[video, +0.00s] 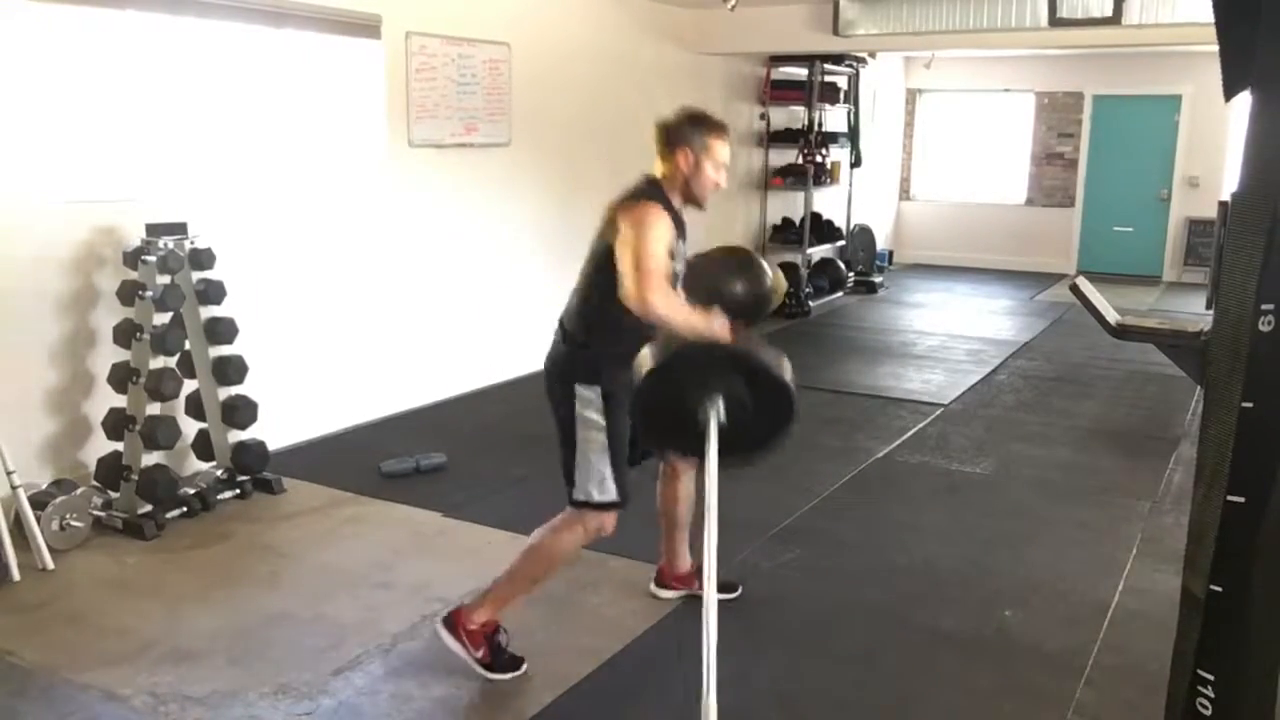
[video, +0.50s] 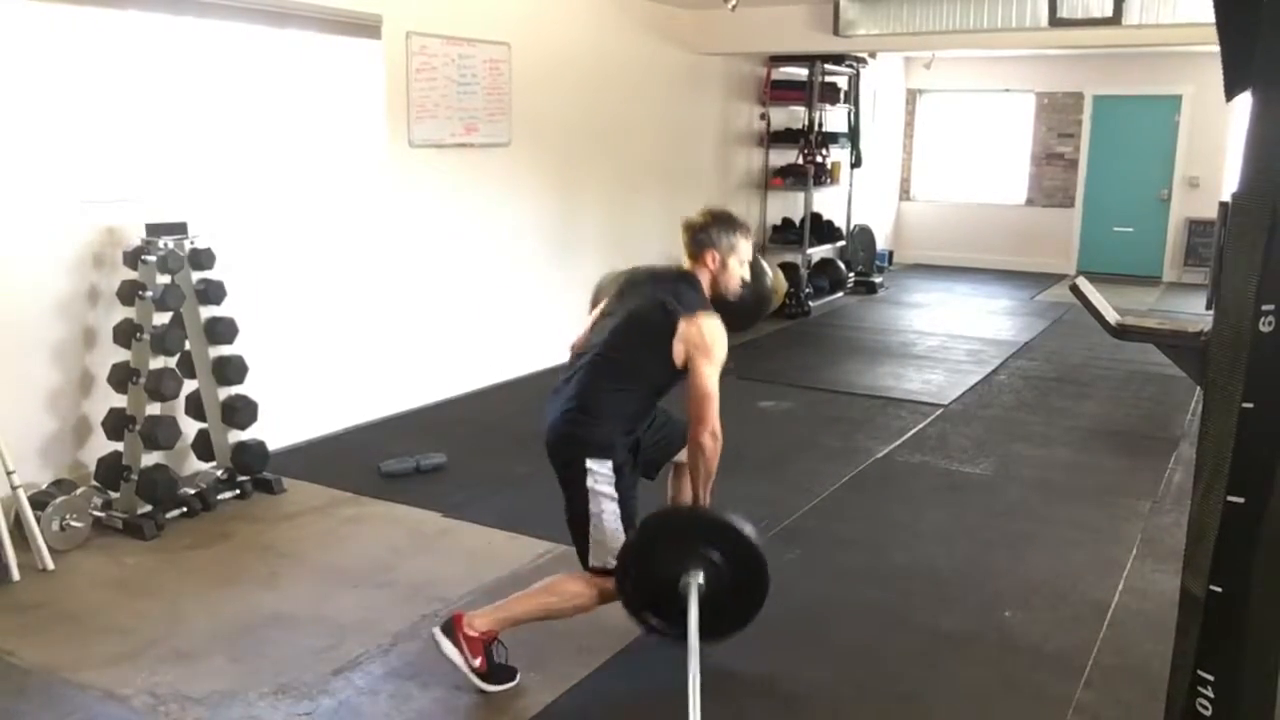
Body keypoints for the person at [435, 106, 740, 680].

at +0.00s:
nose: (723, 179)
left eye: (724, 166)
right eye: (717, 165)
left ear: (686, 161)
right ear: (683, 159)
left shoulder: (665, 211)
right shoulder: (647, 214)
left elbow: (662, 294)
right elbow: (648, 299)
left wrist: (709, 318)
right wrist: (715, 327)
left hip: (622, 363)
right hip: (586, 369)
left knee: (683, 449)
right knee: (595, 516)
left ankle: (676, 568)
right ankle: (475, 618)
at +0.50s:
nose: (746, 275)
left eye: (748, 264)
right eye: (743, 262)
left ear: (700, 257)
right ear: (712, 258)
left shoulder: (640, 283)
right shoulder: (706, 326)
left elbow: (581, 346)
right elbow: (707, 436)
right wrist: (700, 518)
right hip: (592, 435)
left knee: (693, 446)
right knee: (611, 579)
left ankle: (677, 557)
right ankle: (473, 627)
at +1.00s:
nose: (653, 150)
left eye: (664, 140)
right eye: (645, 138)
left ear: (684, 141)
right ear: (630, 133)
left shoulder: (693, 192)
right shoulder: (594, 179)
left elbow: (735, 252)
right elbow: (532, 239)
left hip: (667, 355)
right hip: (598, 352)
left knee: (690, 475)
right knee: (558, 478)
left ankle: (731, 538)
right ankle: (528, 609)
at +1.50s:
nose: (671, 148)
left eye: (678, 136)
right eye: (660, 134)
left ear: (684, 135)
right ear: (625, 128)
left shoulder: (690, 179)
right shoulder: (582, 182)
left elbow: (711, 252)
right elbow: (563, 272)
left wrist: (690, 222)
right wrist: (619, 240)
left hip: (657, 348)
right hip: (587, 353)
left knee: (705, 452)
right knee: (577, 497)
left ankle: (695, 550)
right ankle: (510, 610)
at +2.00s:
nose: (755, 272)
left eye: (757, 260)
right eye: (752, 259)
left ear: (712, 254)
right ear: (722, 256)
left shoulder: (667, 285)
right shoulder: (700, 328)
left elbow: (664, 374)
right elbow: (697, 438)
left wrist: (698, 439)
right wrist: (702, 513)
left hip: (616, 406)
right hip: (581, 422)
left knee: (694, 441)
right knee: (618, 551)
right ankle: (482, 612)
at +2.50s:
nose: (731, 170)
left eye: (734, 158)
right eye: (721, 156)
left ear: (726, 158)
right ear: (687, 152)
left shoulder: (696, 214)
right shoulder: (657, 194)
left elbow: (685, 288)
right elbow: (659, 281)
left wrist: (710, 336)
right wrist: (706, 337)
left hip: (645, 356)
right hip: (596, 356)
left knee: (701, 438)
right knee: (586, 494)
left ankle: (686, 558)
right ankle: (480, 610)